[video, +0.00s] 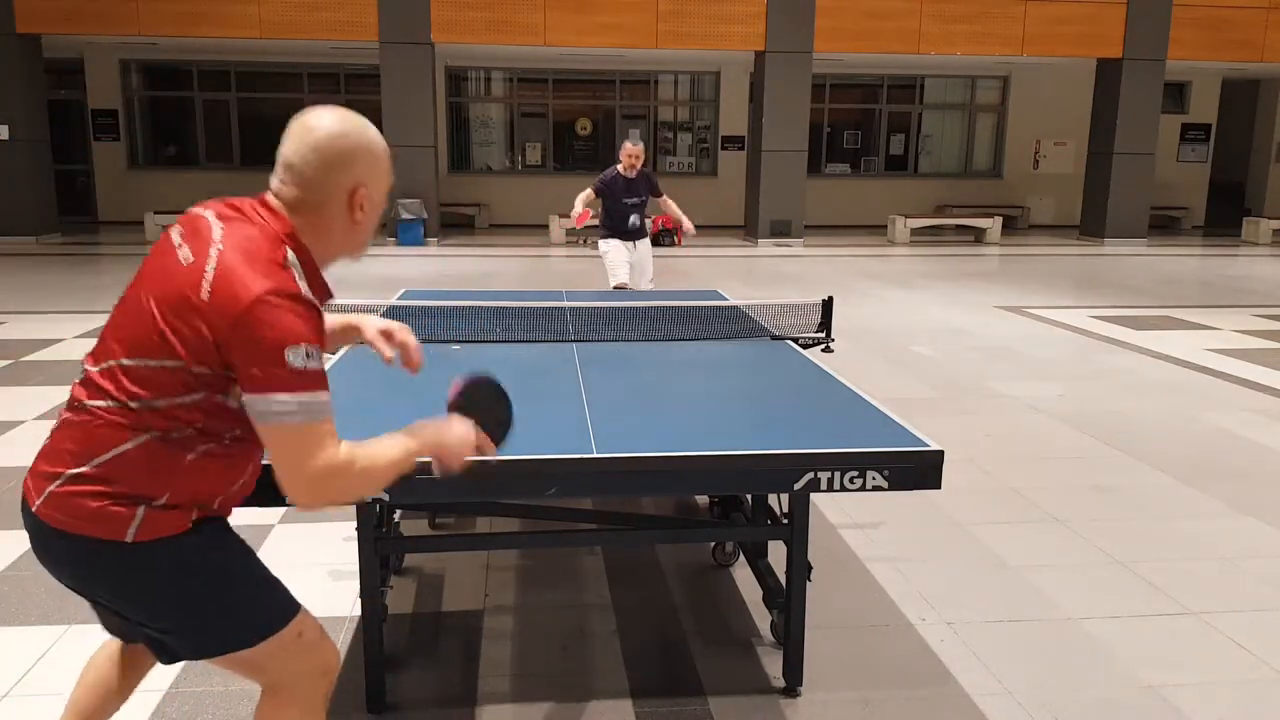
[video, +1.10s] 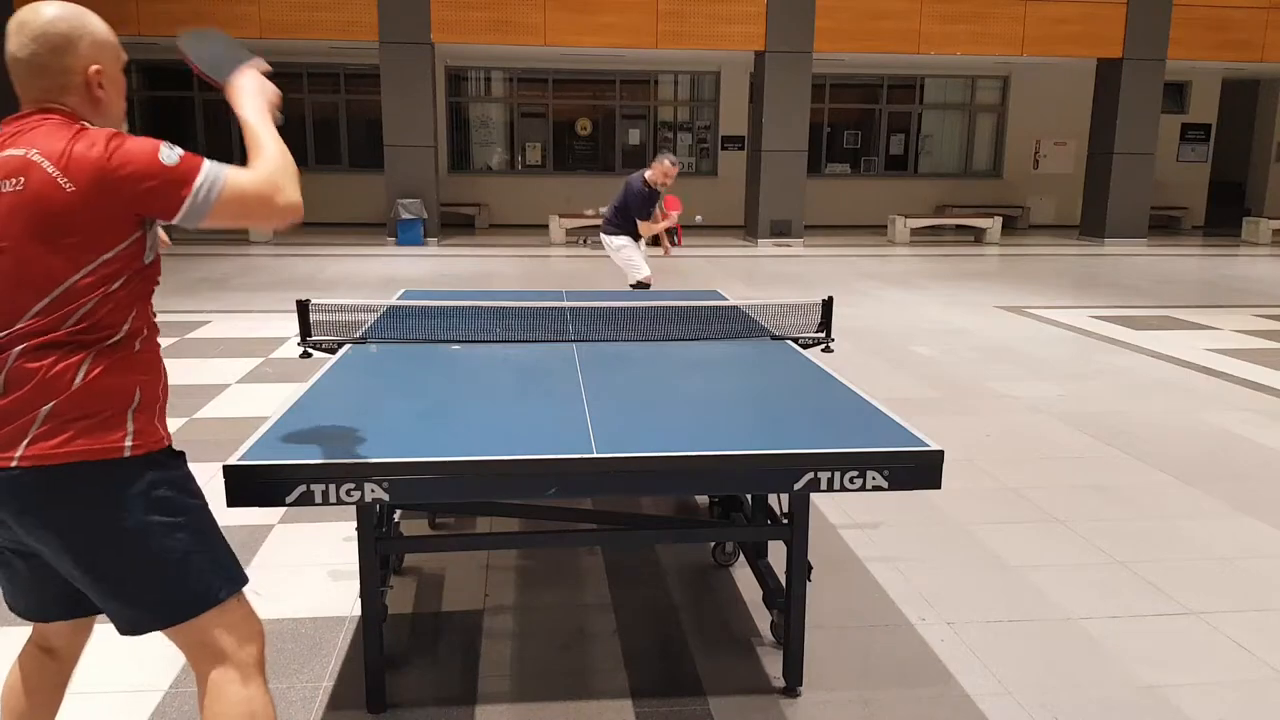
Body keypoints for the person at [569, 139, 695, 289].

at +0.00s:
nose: (633, 162)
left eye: (637, 157)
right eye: (629, 157)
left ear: (643, 158)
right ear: (621, 156)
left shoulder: (646, 177)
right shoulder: (610, 177)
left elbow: (664, 202)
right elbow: (585, 196)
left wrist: (683, 219)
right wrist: (578, 207)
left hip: (640, 240)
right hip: (613, 240)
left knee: (644, 290)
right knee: (621, 288)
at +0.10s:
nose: (631, 156)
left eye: (635, 152)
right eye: (627, 151)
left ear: (641, 153)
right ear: (619, 150)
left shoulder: (644, 173)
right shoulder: (607, 173)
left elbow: (659, 200)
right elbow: (582, 198)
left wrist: (669, 222)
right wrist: (584, 211)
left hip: (638, 238)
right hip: (610, 237)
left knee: (640, 287)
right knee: (613, 282)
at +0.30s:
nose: (623, 146)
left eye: (628, 141)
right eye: (619, 141)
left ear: (634, 143)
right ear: (611, 141)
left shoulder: (638, 166)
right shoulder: (599, 167)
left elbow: (645, 196)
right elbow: (582, 198)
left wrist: (644, 220)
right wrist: (587, 221)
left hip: (630, 235)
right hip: (602, 235)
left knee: (631, 284)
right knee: (596, 284)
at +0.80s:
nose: (637, 155)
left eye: (641, 150)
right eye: (633, 149)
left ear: (645, 152)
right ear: (623, 149)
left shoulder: (640, 171)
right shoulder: (609, 172)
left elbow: (639, 198)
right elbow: (585, 202)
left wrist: (645, 226)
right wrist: (600, 231)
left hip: (628, 238)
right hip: (601, 238)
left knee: (637, 282)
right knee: (597, 287)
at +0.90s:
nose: (647, 162)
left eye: (651, 158)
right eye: (643, 156)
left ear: (654, 159)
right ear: (632, 155)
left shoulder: (645, 176)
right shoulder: (618, 178)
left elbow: (644, 205)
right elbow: (603, 213)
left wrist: (651, 235)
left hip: (633, 236)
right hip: (609, 237)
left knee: (641, 283)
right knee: (616, 286)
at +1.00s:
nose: (658, 169)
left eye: (662, 165)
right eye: (655, 163)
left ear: (665, 166)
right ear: (643, 159)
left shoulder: (651, 180)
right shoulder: (627, 181)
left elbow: (649, 206)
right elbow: (624, 223)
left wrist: (656, 236)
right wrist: (652, 234)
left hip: (633, 233)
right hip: (611, 233)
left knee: (643, 279)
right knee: (631, 274)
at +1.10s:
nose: (668, 182)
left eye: (672, 178)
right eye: (665, 175)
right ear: (654, 167)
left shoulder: (654, 184)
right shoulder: (637, 188)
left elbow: (655, 212)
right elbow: (644, 231)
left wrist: (663, 240)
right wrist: (668, 223)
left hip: (634, 234)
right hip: (615, 234)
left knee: (639, 280)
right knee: (644, 278)